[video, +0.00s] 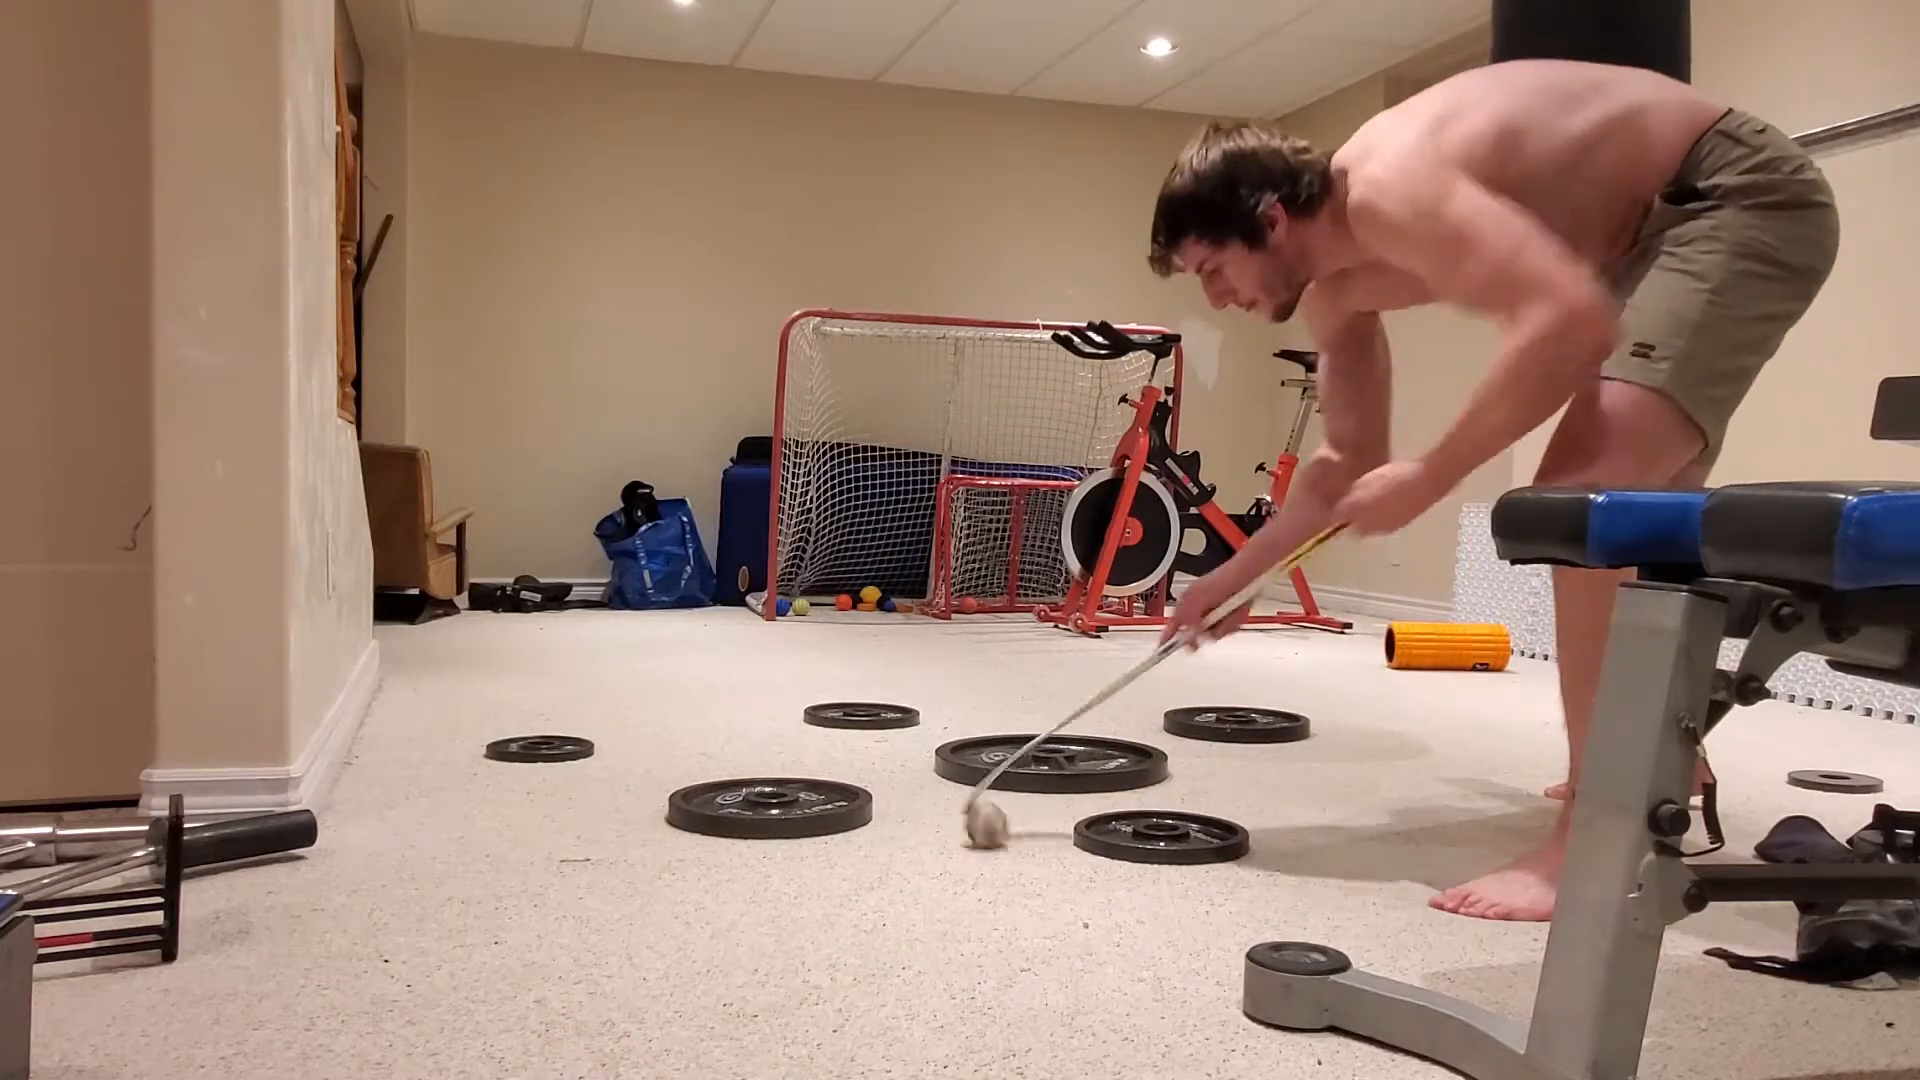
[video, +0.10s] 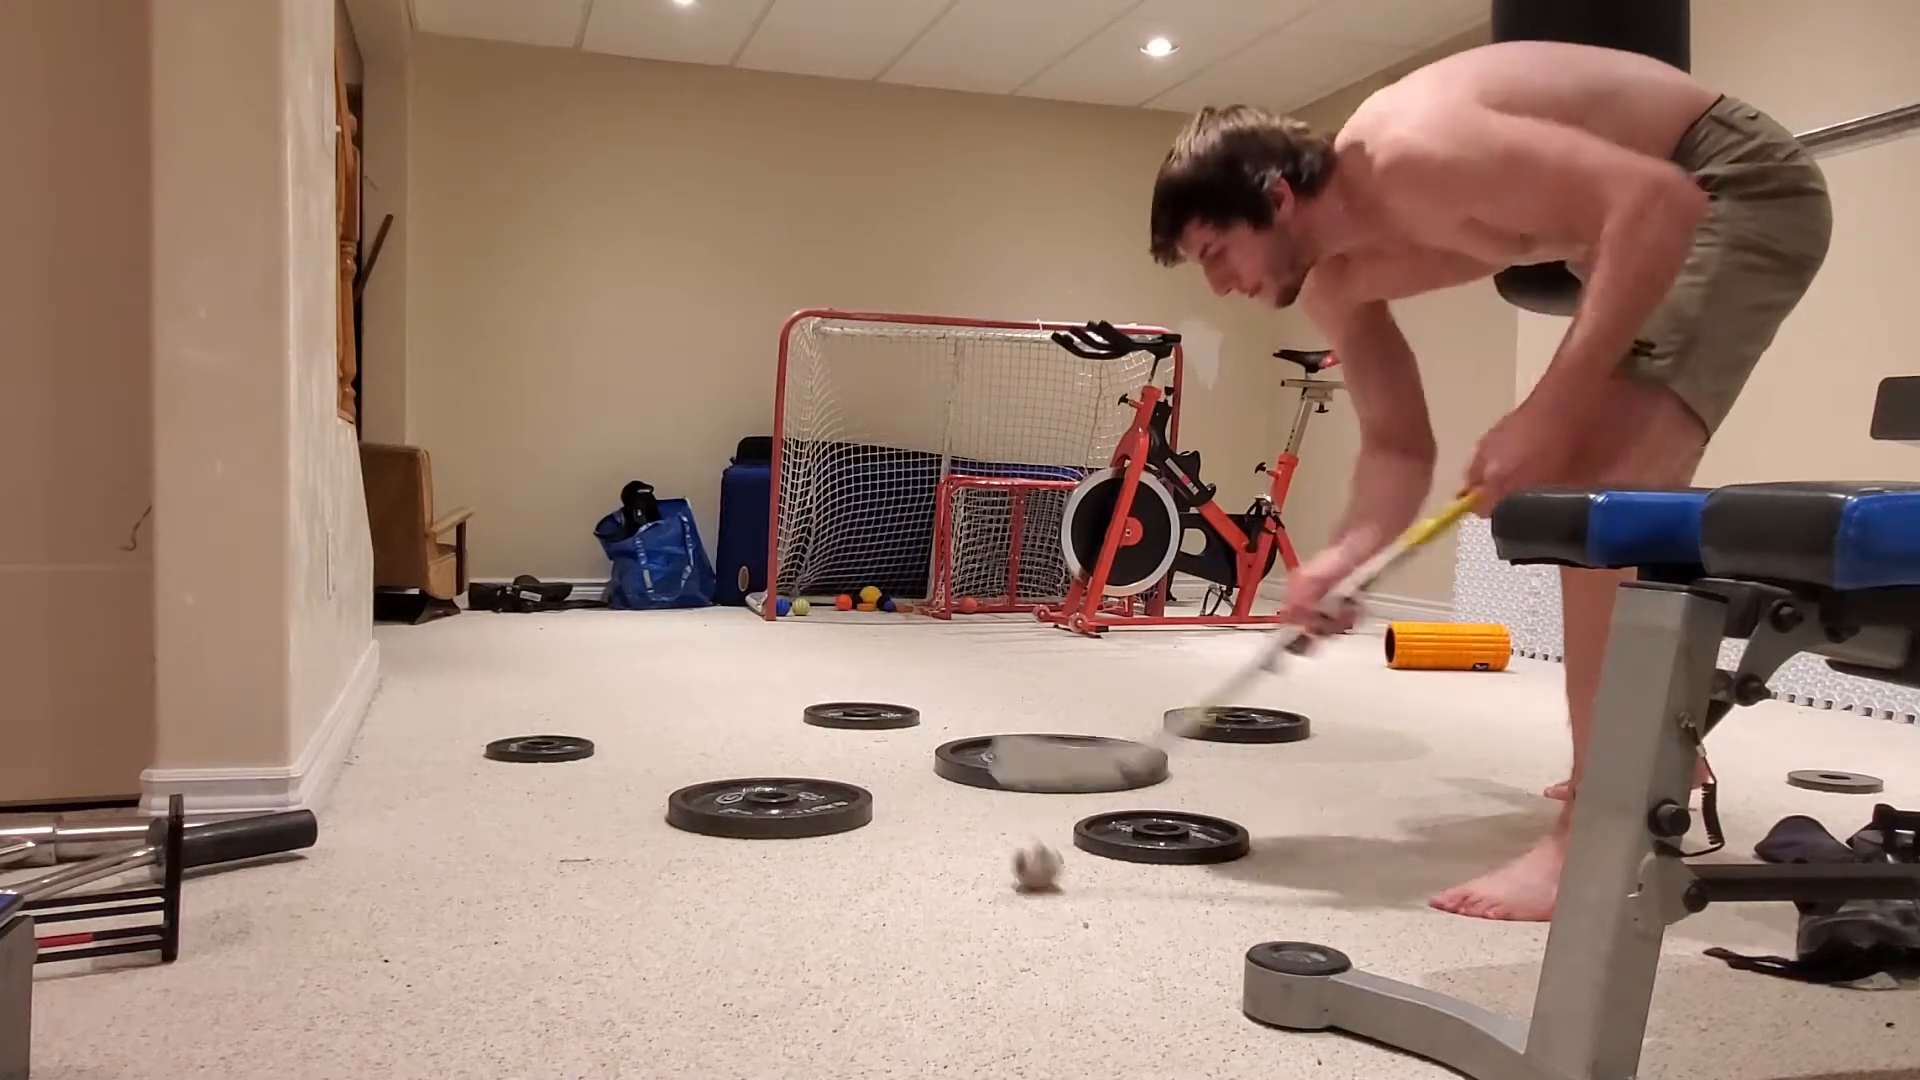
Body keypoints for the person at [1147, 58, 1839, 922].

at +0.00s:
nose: (1217, 300)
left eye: (1213, 270)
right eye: (1201, 284)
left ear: (1268, 219)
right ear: (1266, 226)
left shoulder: (1394, 193)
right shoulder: (1338, 290)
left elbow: (1575, 321)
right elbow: (1345, 463)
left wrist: (1429, 476)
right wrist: (1233, 577)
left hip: (1740, 193)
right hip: (1657, 238)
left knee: (1578, 496)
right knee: (1628, 508)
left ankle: (1595, 835)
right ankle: (1670, 760)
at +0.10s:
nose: (1218, 285)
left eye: (1216, 251)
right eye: (1201, 267)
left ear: (1273, 193)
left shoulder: (1418, 152)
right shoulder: (1338, 285)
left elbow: (1660, 204)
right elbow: (1395, 442)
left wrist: (1553, 413)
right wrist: (1350, 552)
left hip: (1737, 180)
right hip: (1637, 230)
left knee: (1606, 496)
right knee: (1582, 488)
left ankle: (1597, 832)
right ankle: (1654, 762)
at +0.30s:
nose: (1237, 274)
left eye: (1237, 239)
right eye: (1220, 257)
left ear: (1297, 178)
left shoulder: (1428, 127)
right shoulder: (1356, 306)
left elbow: (1663, 169)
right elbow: (1452, 433)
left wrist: (1573, 383)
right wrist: (1457, 543)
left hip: (1742, 186)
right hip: (1639, 242)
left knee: (1630, 470)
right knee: (1610, 468)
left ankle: (1611, 833)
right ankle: (1661, 755)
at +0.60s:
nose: (1267, 320)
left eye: (1252, 293)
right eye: (1248, 309)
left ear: (1287, 232)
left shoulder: (1402, 169)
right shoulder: (1421, 309)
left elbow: (1592, 178)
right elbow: (1574, 408)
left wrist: (1553, 395)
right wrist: (1565, 567)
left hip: (1765, 176)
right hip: (1683, 250)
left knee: (1673, 470)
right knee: (1654, 497)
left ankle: (1618, 838)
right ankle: (1670, 786)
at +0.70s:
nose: (1303, 357)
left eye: (1286, 336)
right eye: (1285, 349)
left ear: (1306, 279)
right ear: (1316, 282)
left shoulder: (1400, 214)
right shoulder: (1464, 333)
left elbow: (1549, 280)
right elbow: (1600, 452)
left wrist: (1549, 511)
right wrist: (1577, 613)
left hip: (1776, 184)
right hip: (1722, 229)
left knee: (1669, 486)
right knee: (1660, 492)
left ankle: (1607, 841)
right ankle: (1678, 771)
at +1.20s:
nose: (1338, 377)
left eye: (1325, 356)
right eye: (1323, 366)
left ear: (1352, 312)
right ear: (1362, 311)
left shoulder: (1429, 268)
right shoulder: (1503, 330)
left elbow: (1510, 370)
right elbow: (1544, 498)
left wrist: (1470, 543)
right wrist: (1466, 625)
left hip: (1771, 268)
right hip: (1746, 284)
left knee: (1596, 516)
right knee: (1619, 516)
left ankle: (1599, 838)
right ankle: (1671, 761)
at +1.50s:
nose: (1326, 352)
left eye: (1313, 329)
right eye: (1310, 342)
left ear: (1339, 277)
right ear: (1345, 279)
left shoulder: (1416, 244)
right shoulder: (1471, 304)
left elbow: (1525, 317)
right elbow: (1538, 473)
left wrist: (1492, 513)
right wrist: (1471, 600)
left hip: (1759, 254)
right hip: (1704, 287)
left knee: (1623, 532)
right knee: (1583, 522)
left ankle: (1578, 845)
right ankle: (1668, 754)